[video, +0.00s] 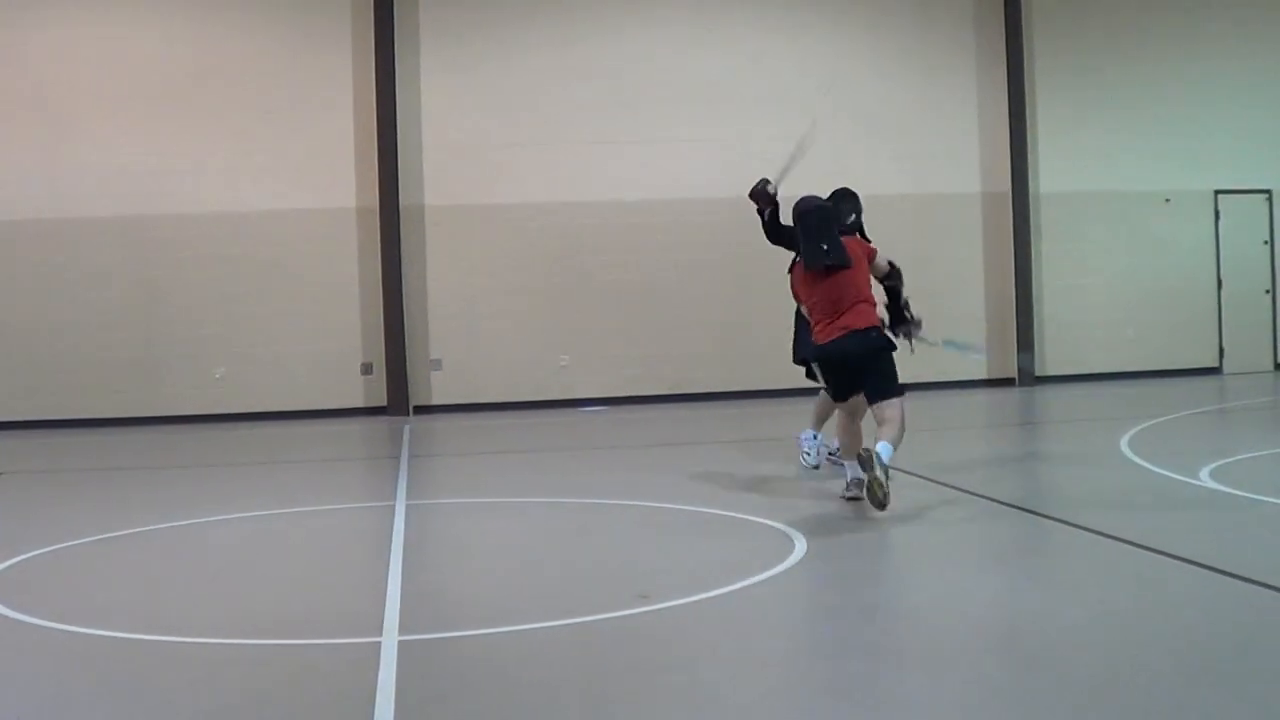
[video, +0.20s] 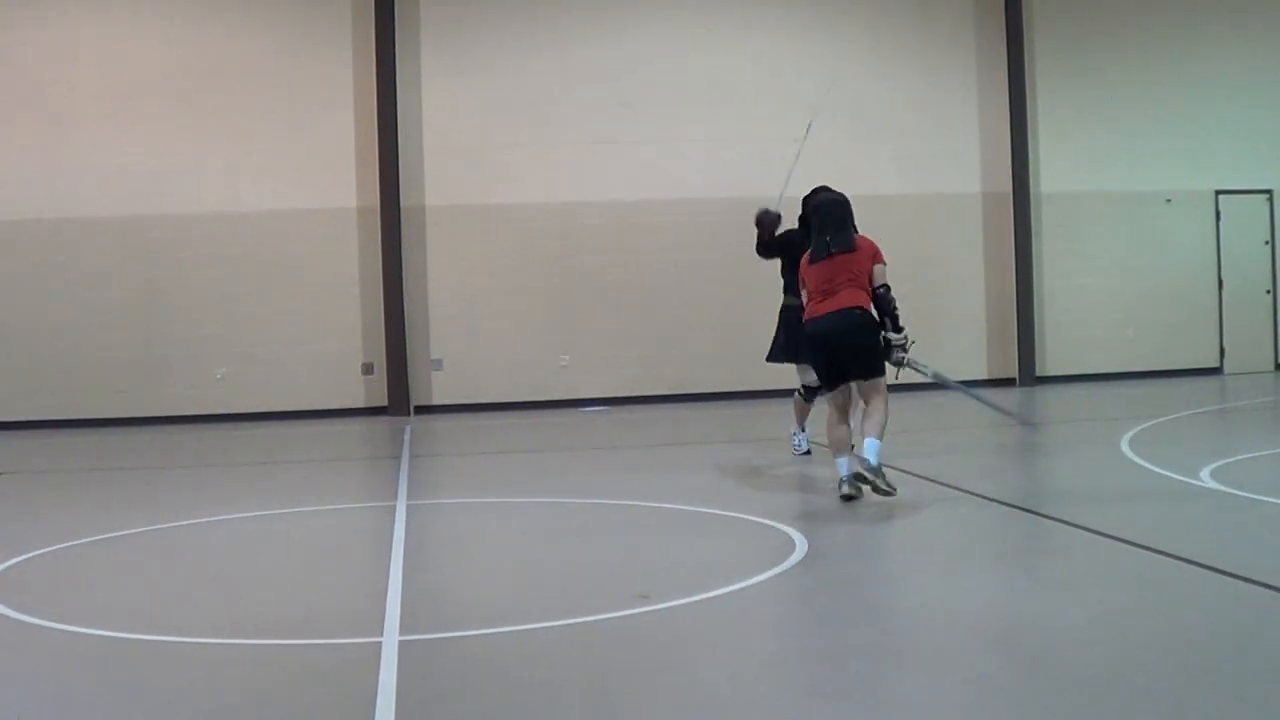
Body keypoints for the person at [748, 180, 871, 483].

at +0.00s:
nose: (849, 223)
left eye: (852, 216)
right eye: (845, 216)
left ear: (854, 217)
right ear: (836, 215)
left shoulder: (860, 244)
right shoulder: (812, 237)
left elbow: (888, 279)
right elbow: (775, 234)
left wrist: (896, 314)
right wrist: (768, 207)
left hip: (852, 320)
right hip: (814, 319)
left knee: (855, 387)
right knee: (834, 384)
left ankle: (840, 444)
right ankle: (811, 435)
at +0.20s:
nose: (826, 217)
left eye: (829, 211)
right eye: (821, 211)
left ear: (833, 215)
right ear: (810, 213)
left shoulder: (840, 240)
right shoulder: (793, 238)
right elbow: (765, 251)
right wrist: (766, 230)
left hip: (833, 313)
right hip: (798, 313)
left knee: (842, 380)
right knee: (811, 383)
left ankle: (846, 434)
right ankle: (800, 430)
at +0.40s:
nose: (813, 226)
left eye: (815, 221)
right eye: (808, 221)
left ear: (818, 222)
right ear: (795, 223)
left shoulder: (823, 251)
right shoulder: (781, 252)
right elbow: (760, 287)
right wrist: (776, 297)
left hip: (818, 324)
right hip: (787, 326)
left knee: (825, 377)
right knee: (796, 383)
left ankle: (814, 404)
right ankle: (796, 432)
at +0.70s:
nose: (790, 244)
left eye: (794, 239)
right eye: (785, 238)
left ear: (802, 240)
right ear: (777, 238)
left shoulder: (806, 262)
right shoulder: (767, 263)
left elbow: (816, 290)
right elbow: (750, 297)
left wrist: (809, 312)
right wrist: (769, 308)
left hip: (802, 323)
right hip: (772, 323)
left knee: (802, 374)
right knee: (780, 372)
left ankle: (796, 420)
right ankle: (781, 416)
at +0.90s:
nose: (779, 226)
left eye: (782, 220)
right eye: (773, 220)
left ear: (787, 222)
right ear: (762, 224)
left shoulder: (793, 250)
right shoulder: (751, 254)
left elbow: (805, 281)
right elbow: (736, 287)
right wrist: (755, 296)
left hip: (792, 318)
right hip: (760, 320)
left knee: (796, 373)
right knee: (759, 374)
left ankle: (795, 420)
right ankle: (753, 414)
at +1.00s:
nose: (770, 235)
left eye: (773, 230)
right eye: (764, 230)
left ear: (778, 229)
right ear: (754, 231)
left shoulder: (785, 254)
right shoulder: (743, 259)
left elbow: (797, 284)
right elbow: (730, 292)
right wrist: (750, 300)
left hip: (785, 318)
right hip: (753, 321)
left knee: (790, 371)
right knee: (753, 373)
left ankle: (793, 419)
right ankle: (751, 416)